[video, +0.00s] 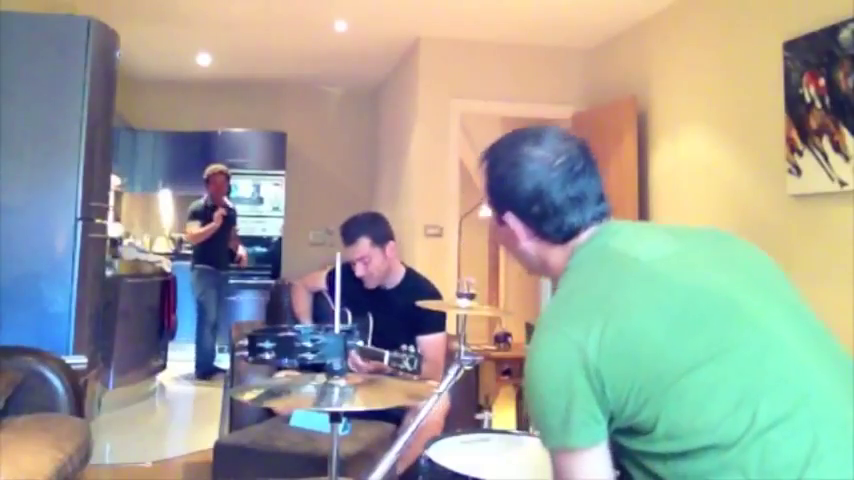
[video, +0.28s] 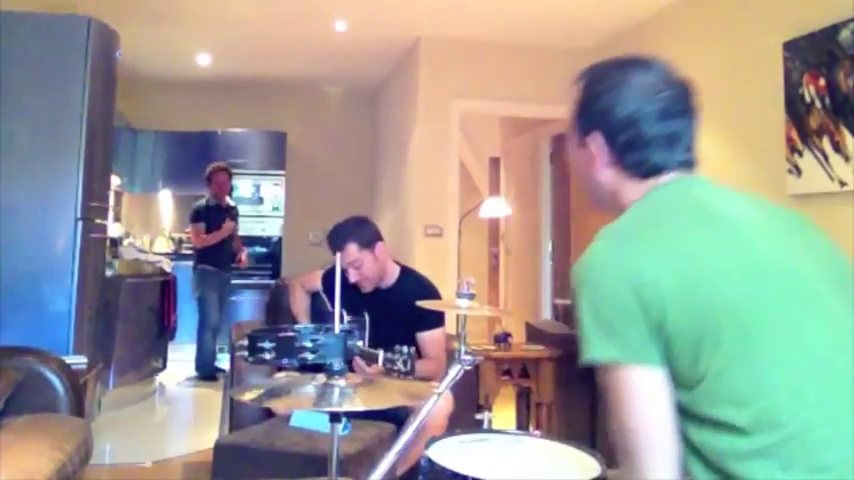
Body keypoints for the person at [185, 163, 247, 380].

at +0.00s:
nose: (220, 187)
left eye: (223, 182)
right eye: (215, 182)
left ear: (227, 184)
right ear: (207, 184)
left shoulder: (230, 211)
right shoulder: (198, 209)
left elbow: (232, 237)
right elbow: (192, 236)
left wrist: (240, 250)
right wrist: (215, 224)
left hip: (222, 267)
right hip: (203, 266)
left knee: (217, 317)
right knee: (208, 315)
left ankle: (209, 361)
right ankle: (203, 365)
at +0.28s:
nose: (222, 186)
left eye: (225, 181)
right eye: (217, 182)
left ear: (230, 184)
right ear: (209, 185)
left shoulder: (231, 211)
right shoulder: (200, 210)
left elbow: (234, 236)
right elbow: (198, 240)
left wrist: (241, 251)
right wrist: (223, 232)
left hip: (224, 268)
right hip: (206, 267)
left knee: (219, 320)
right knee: (209, 319)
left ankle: (210, 362)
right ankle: (204, 366)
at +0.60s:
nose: (222, 183)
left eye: (226, 178)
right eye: (218, 178)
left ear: (231, 182)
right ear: (210, 182)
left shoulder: (233, 209)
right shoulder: (201, 207)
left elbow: (236, 236)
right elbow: (197, 237)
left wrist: (242, 250)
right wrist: (223, 226)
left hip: (228, 270)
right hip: (207, 268)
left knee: (226, 318)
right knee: (209, 318)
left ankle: (216, 359)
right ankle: (204, 366)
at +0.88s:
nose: (223, 183)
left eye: (227, 178)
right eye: (219, 178)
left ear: (232, 181)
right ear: (212, 182)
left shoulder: (238, 208)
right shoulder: (201, 207)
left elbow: (242, 234)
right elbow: (194, 239)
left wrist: (247, 250)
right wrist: (208, 225)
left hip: (235, 272)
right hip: (210, 272)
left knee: (238, 321)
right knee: (209, 321)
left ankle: (235, 366)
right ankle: (205, 367)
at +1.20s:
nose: (234, 181)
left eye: (237, 177)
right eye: (229, 177)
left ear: (243, 179)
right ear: (221, 181)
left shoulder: (252, 208)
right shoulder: (211, 208)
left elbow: (259, 233)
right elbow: (199, 240)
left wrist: (264, 249)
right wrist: (217, 237)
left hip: (245, 276)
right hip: (217, 276)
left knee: (247, 323)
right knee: (213, 324)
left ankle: (244, 367)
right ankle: (207, 367)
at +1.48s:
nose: (250, 179)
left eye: (253, 174)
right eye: (245, 174)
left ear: (259, 177)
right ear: (236, 178)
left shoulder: (268, 205)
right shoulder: (225, 205)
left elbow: (276, 230)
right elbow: (215, 239)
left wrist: (276, 245)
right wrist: (233, 227)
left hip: (261, 275)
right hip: (232, 274)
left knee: (258, 324)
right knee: (227, 323)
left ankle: (256, 367)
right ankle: (213, 365)